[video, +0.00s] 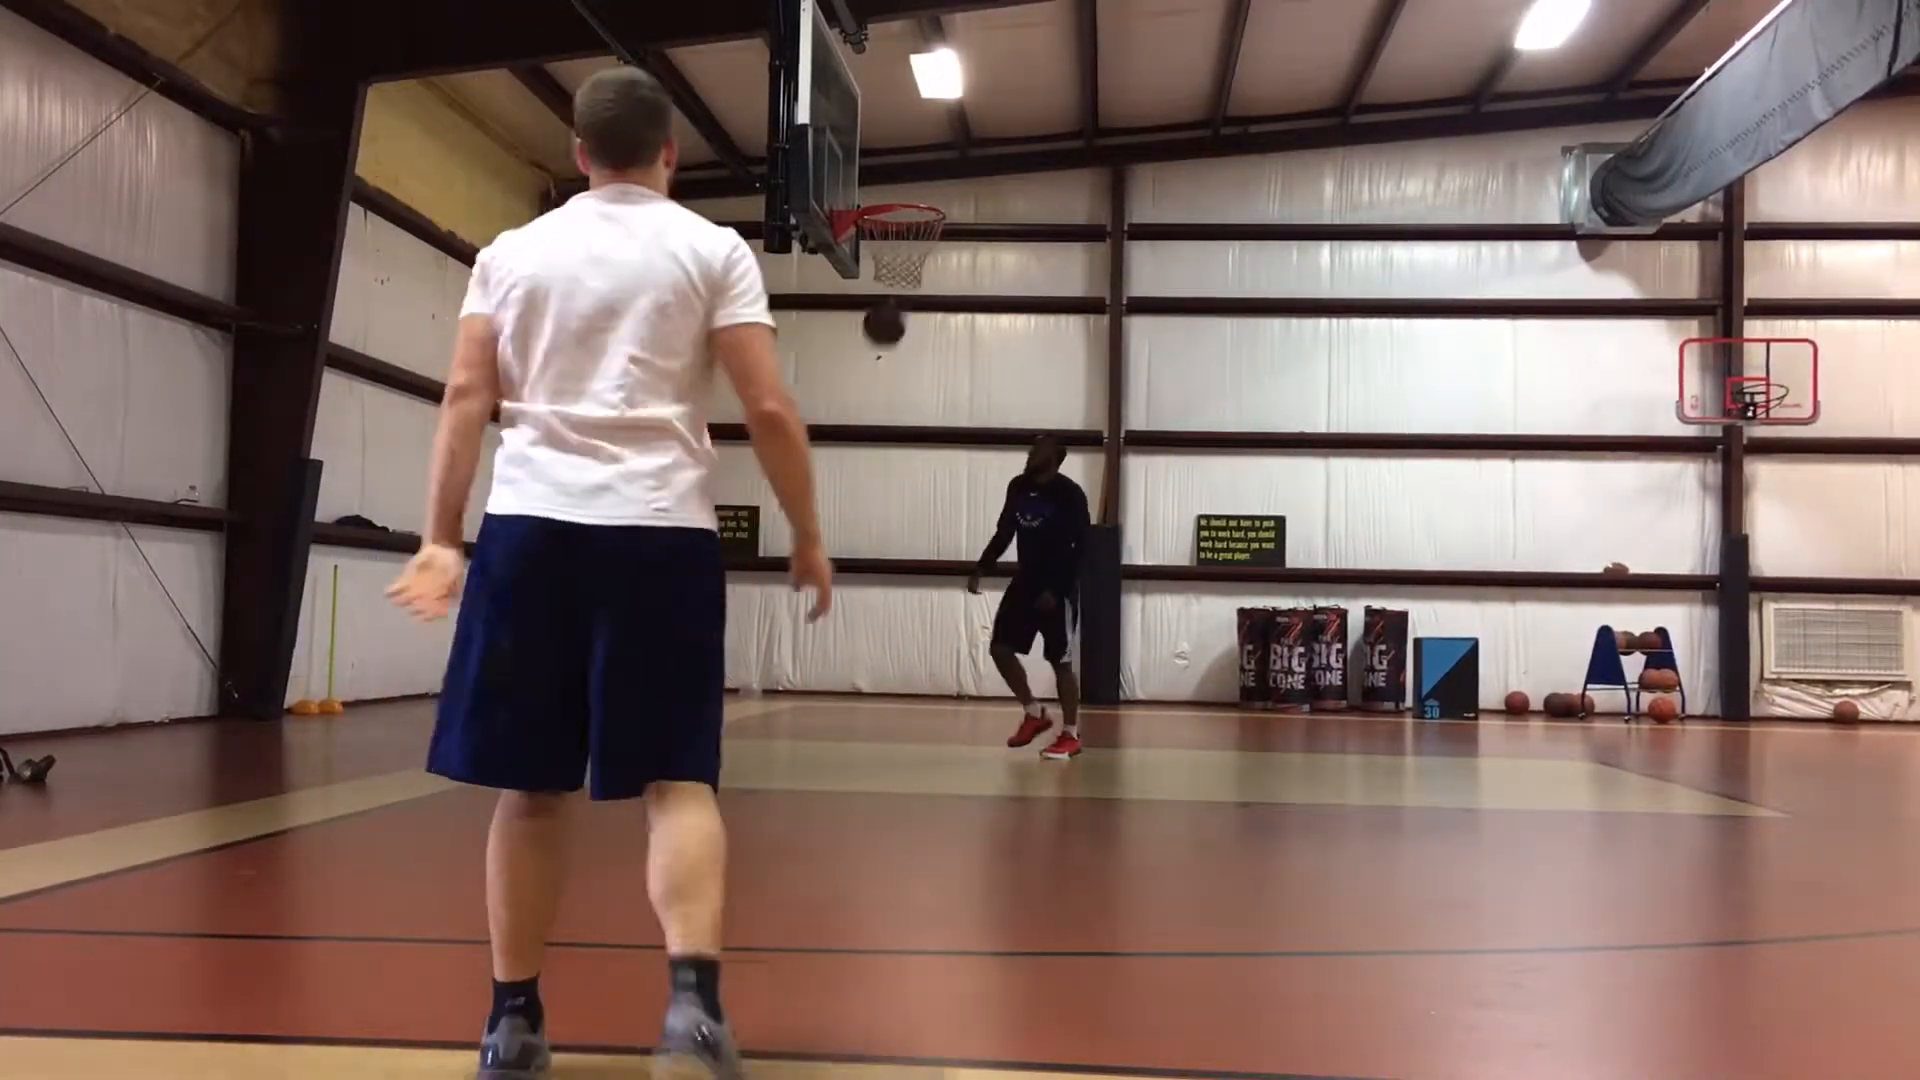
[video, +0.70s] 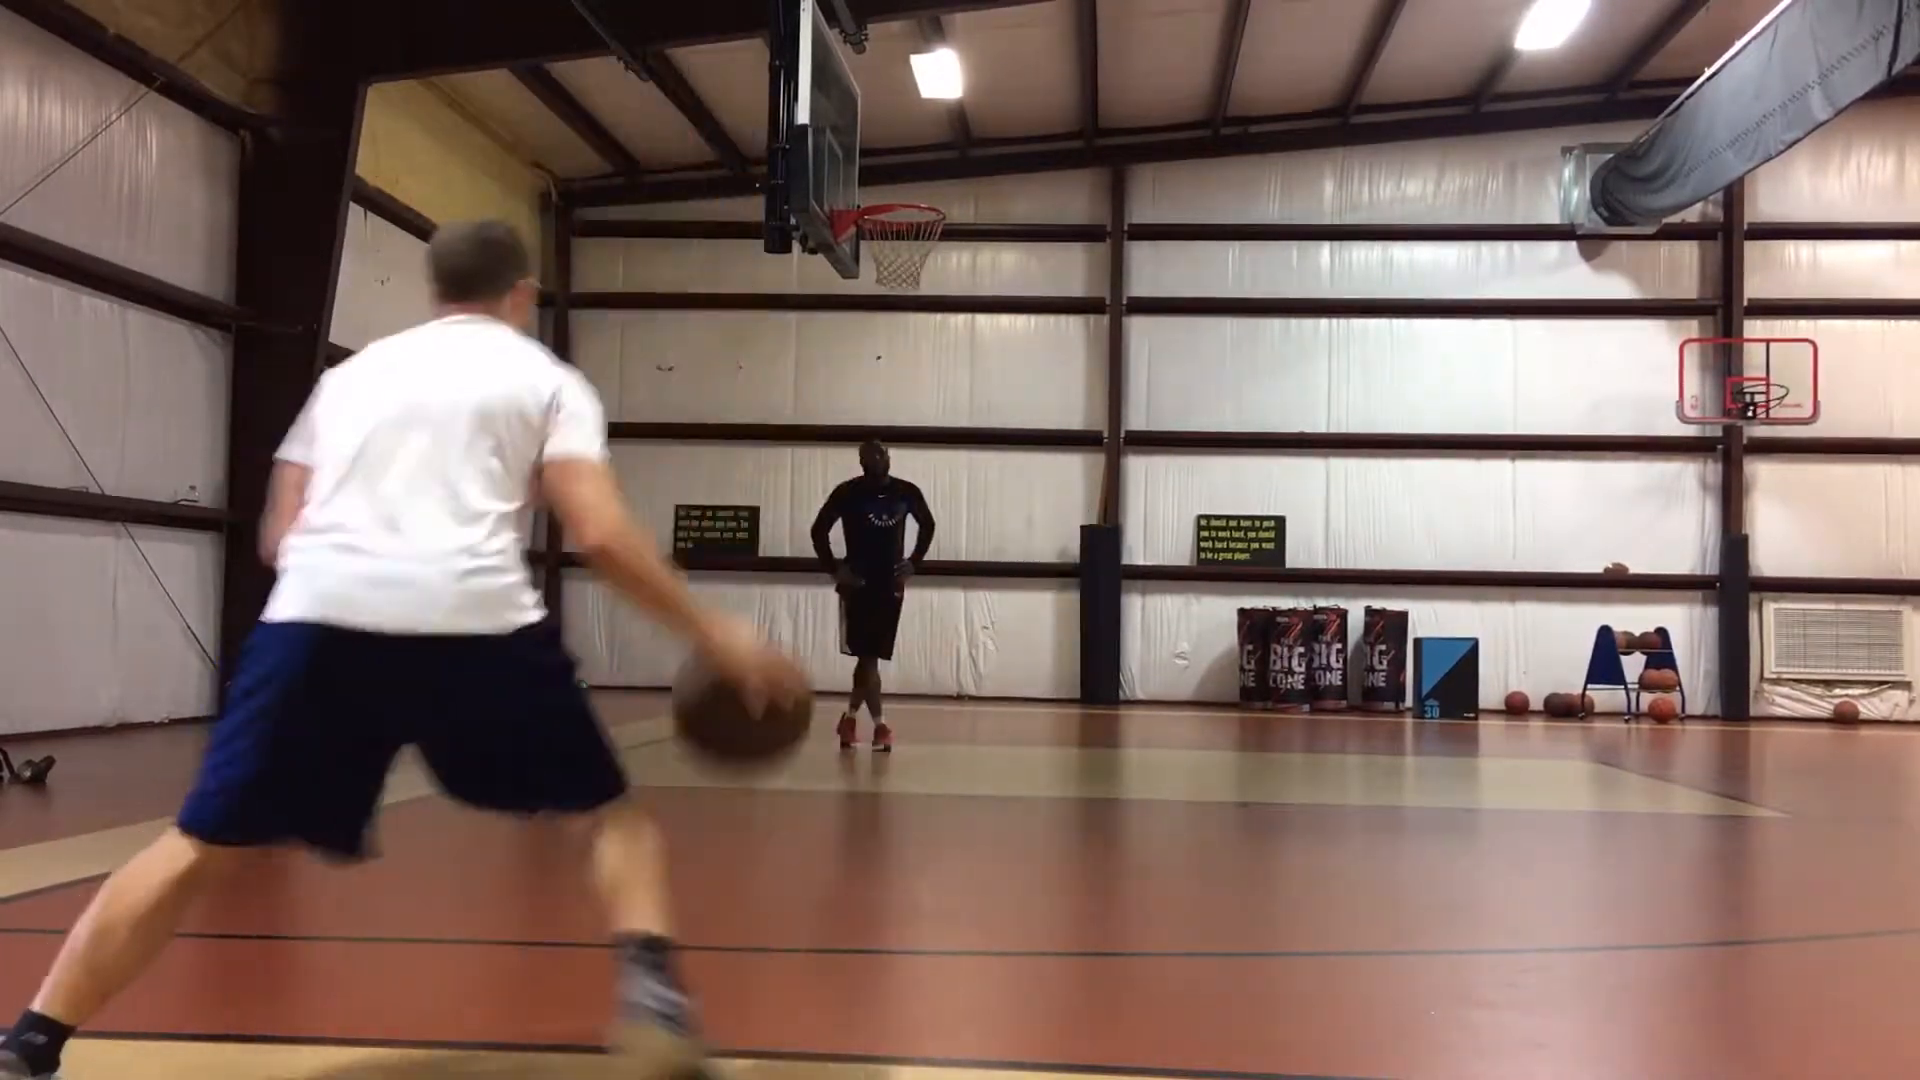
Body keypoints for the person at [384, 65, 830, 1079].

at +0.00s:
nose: (663, 164)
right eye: (670, 150)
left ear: (575, 156)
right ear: (670, 153)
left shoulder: (513, 253)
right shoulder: (715, 251)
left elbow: (466, 397)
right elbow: (768, 407)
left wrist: (441, 538)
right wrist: (807, 534)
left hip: (529, 544)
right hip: (664, 547)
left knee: (530, 787)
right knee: (679, 777)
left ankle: (512, 1022)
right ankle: (694, 1005)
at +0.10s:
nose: (696, 174)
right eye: (700, 161)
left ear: (601, 160)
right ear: (698, 163)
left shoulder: (532, 251)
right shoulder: (744, 263)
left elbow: (490, 380)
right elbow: (808, 420)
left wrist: (473, 527)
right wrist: (835, 539)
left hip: (543, 542)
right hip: (685, 551)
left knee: (526, 798)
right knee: (680, 788)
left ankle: (513, 1027)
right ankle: (697, 1049)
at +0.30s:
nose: (701, 152)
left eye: (698, 143)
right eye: (702, 140)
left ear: (596, 126)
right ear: (690, 134)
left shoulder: (507, 208)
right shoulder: (693, 206)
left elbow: (428, 369)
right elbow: (725, 343)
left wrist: (499, 458)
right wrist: (841, 450)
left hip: (456, 496)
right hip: (604, 511)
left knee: (392, 763)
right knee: (624, 767)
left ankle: (292, 998)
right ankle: (623, 1010)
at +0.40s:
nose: (651, 149)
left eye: (646, 139)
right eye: (653, 136)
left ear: (548, 124)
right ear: (642, 131)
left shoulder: (453, 208)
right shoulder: (653, 211)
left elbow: (376, 360)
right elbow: (710, 371)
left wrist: (405, 464)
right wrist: (750, 474)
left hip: (395, 477)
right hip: (547, 491)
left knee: (323, 742)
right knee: (554, 763)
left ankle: (180, 985)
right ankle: (529, 1018)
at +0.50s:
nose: (592, 200)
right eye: (595, 188)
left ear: (491, 173)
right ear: (582, 184)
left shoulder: (395, 253)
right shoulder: (597, 276)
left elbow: (308, 409)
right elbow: (650, 470)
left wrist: (376, 508)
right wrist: (681, 619)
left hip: (335, 544)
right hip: (490, 569)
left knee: (233, 784)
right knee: (505, 821)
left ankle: (76, 1018)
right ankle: (471, 1057)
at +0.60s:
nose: (528, 288)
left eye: (523, 273)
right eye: (527, 274)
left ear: (424, 264)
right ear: (516, 274)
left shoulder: (329, 341)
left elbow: (242, 499)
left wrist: (330, 582)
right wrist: (671, 692)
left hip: (293, 620)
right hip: (453, 631)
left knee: (165, 839)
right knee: (546, 841)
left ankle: (24, 1038)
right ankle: (516, 1014)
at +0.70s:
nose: (533, 310)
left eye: (519, 301)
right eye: (534, 299)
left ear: (434, 293)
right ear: (524, 297)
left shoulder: (348, 376)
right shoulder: (549, 379)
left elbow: (282, 538)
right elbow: (596, 532)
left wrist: (367, 609)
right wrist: (715, 635)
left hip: (320, 625)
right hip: (477, 627)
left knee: (192, 842)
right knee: (612, 811)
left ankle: (31, 1045)